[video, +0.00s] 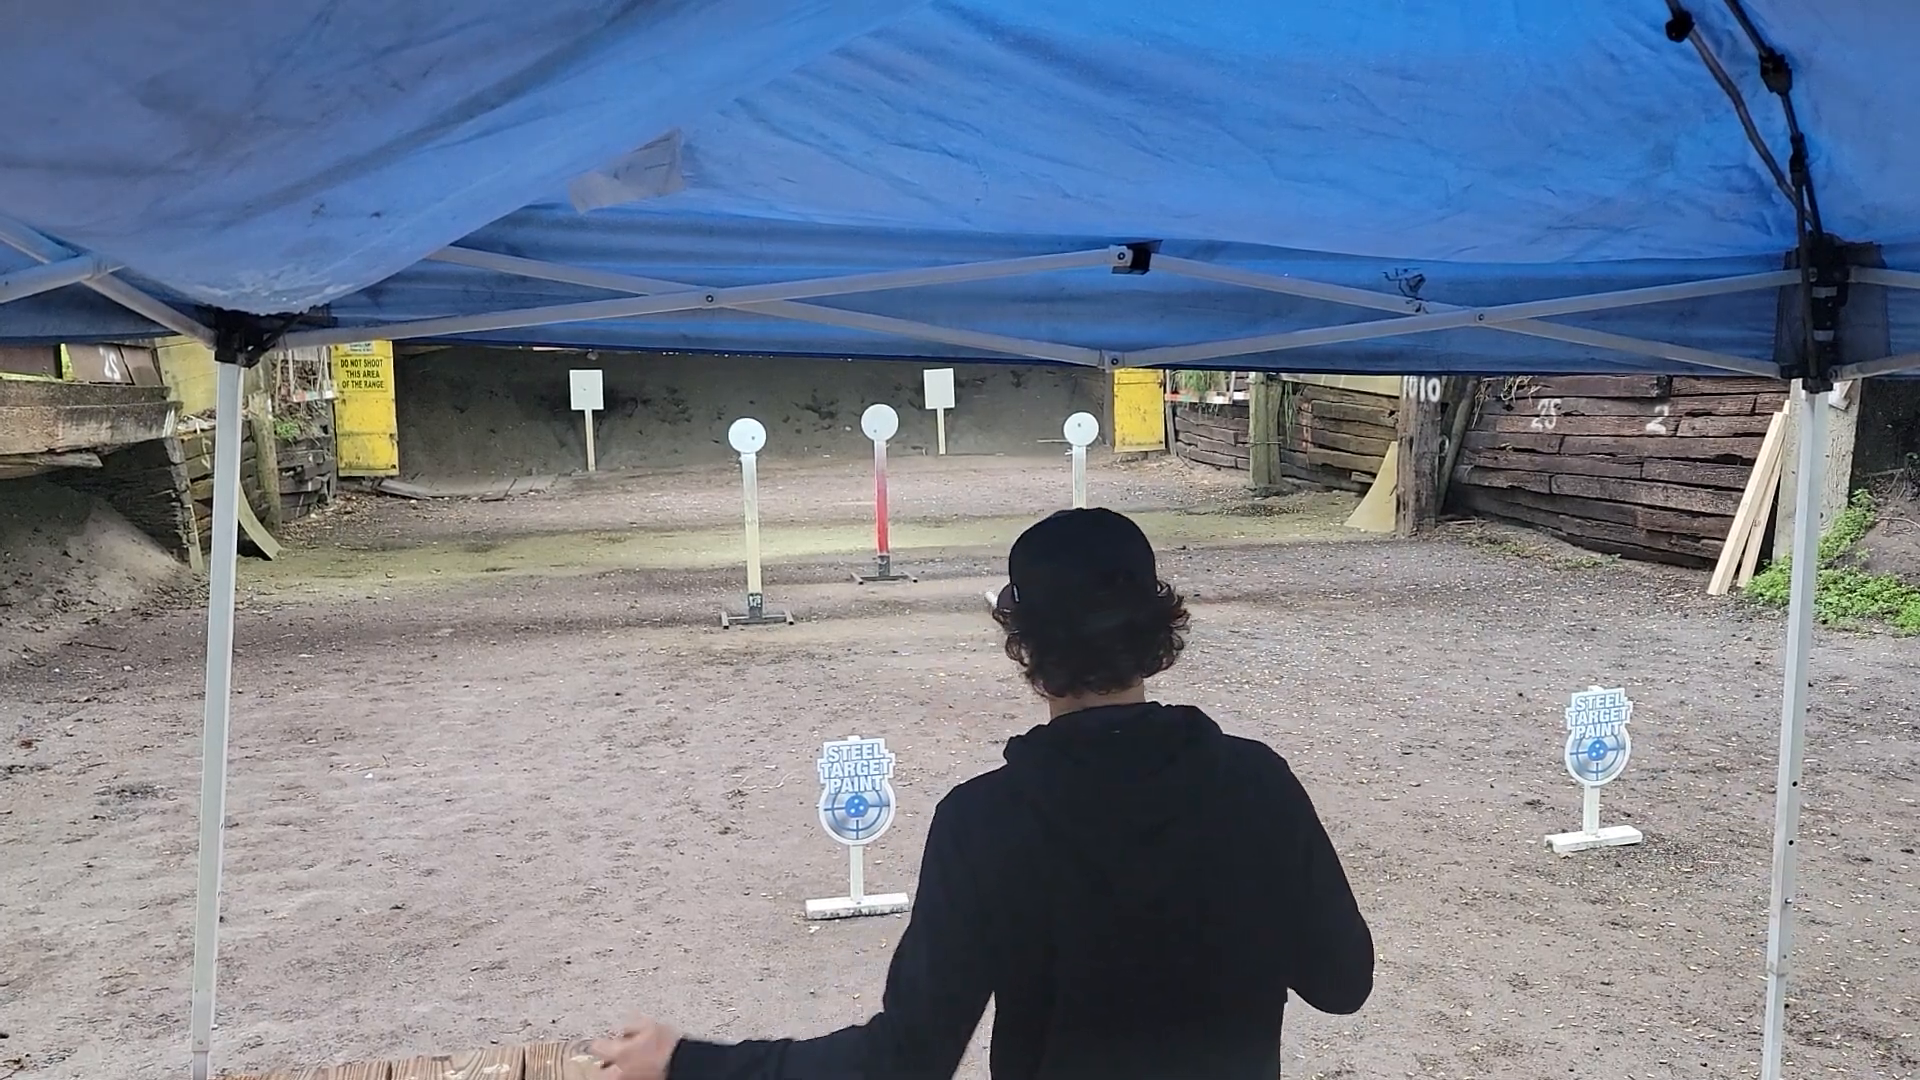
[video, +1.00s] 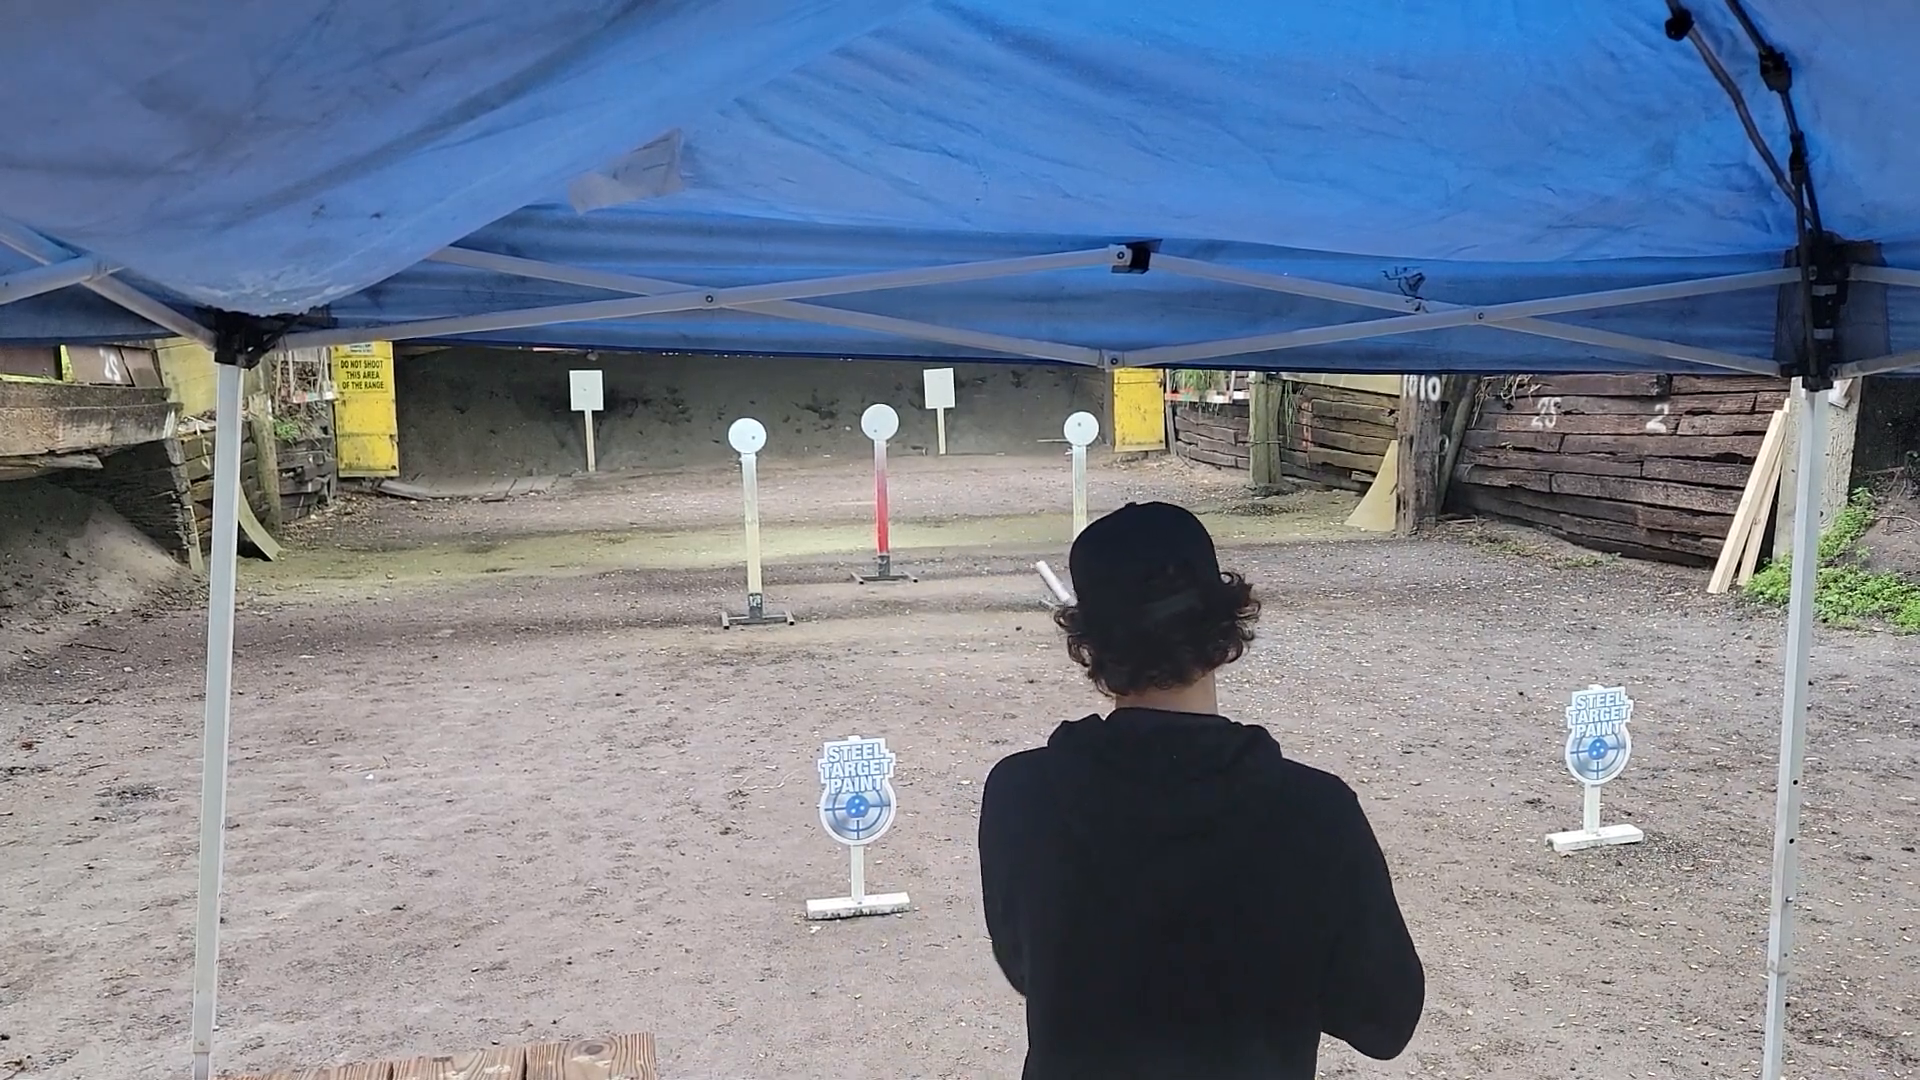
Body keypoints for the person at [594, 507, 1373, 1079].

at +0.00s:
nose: (1016, 636)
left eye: (1014, 620)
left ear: (1021, 640)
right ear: (1162, 625)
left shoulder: (987, 818)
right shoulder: (1258, 784)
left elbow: (910, 1055)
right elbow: (1344, 980)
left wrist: (686, 1060)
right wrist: (1230, 893)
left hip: (1053, 1067)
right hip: (1226, 1071)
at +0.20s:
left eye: (1034, 622)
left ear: (1043, 642)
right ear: (1178, 621)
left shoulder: (992, 821)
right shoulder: (1277, 793)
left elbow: (950, 1057)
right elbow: (1356, 994)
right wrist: (1236, 908)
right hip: (1235, 1071)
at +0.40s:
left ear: (1062, 642)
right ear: (1201, 620)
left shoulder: (1000, 806)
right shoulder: (1294, 803)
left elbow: (982, 1004)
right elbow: (1376, 1005)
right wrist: (1251, 930)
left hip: (1055, 1068)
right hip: (1245, 1067)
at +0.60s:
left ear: (1080, 642)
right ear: (1218, 623)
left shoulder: (1012, 795)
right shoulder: (1311, 809)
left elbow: (1003, 991)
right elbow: (1392, 1014)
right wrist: (1268, 941)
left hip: (1058, 1072)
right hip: (1256, 1070)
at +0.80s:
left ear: (1085, 637)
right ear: (1221, 619)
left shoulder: (1016, 792)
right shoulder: (1316, 810)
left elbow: (1012, 983)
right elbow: (1388, 1023)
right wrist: (1263, 937)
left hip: (1063, 1075)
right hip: (1258, 1072)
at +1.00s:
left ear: (1086, 637)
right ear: (1225, 619)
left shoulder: (1019, 792)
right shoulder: (1317, 809)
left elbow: (1022, 965)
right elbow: (1387, 1023)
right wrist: (1264, 942)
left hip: (1068, 1072)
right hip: (1261, 1072)